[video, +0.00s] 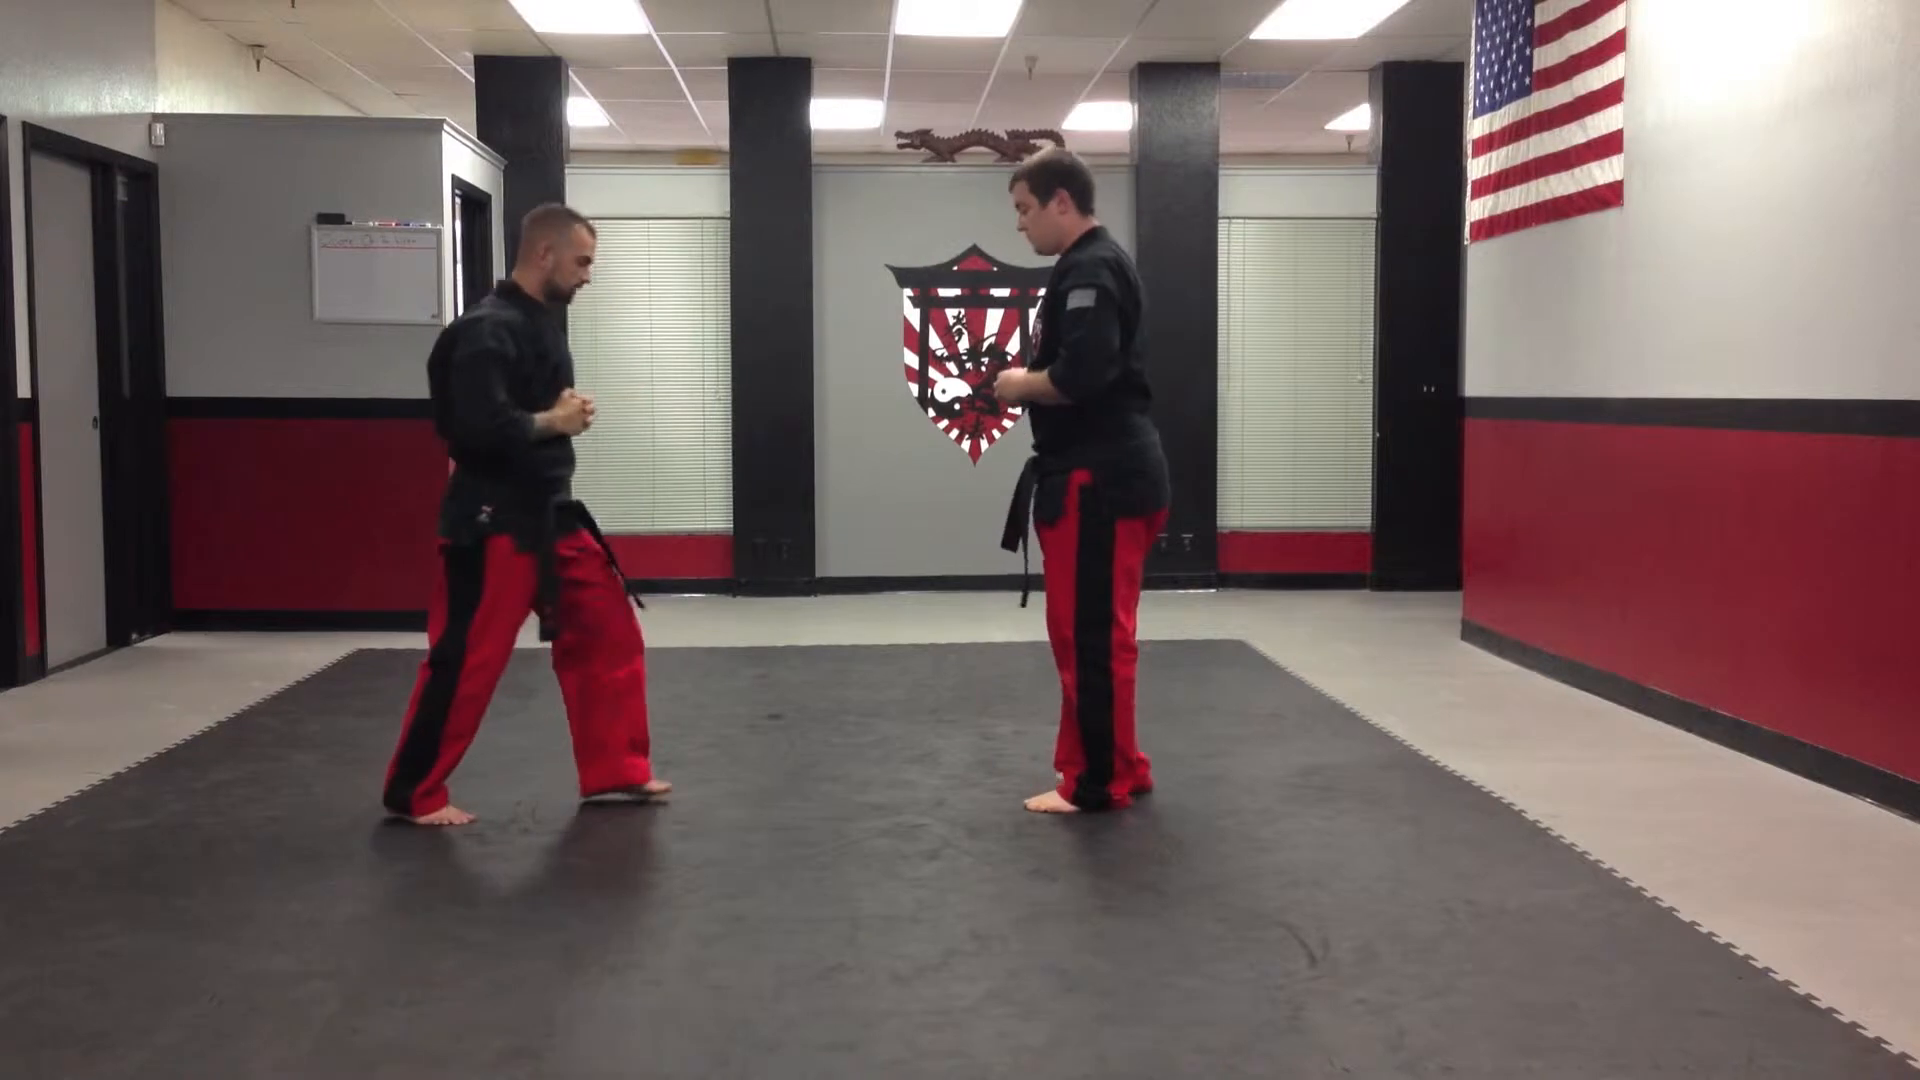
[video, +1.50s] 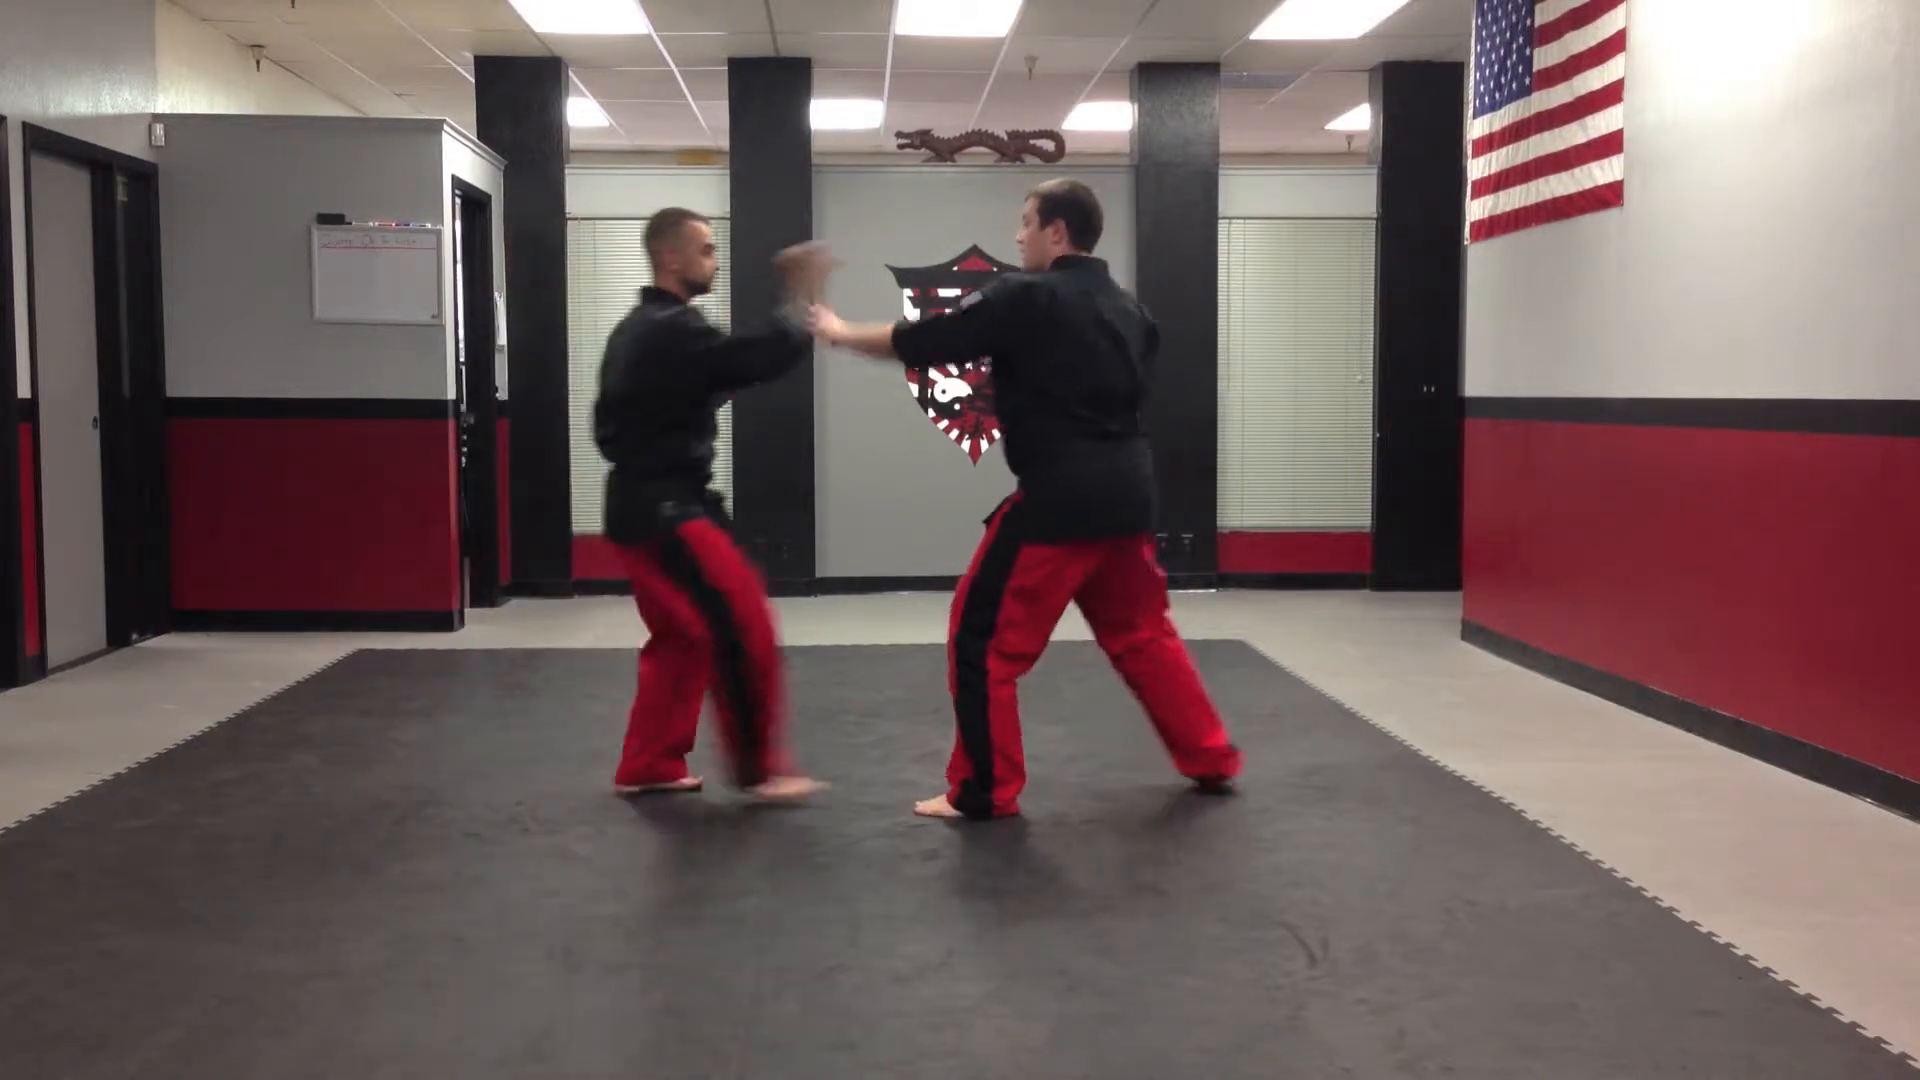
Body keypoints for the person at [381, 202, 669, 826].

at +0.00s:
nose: (587, 275)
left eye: (590, 263)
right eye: (582, 262)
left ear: (546, 258)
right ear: (542, 255)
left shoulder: (545, 326)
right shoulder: (485, 329)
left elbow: (529, 411)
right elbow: (475, 428)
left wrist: (557, 414)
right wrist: (551, 421)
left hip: (552, 511)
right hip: (493, 517)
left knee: (607, 635)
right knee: (468, 658)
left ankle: (614, 772)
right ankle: (415, 794)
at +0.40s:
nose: (579, 262)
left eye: (578, 251)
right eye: (569, 251)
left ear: (540, 258)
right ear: (530, 255)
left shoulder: (559, 329)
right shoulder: (491, 335)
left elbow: (611, 401)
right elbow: (526, 410)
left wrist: (627, 363)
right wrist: (594, 368)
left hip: (569, 518)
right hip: (506, 524)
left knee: (614, 647)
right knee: (476, 663)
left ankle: (637, 768)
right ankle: (413, 792)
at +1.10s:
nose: (616, 268)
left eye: (615, 257)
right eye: (606, 256)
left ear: (572, 265)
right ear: (565, 262)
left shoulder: (592, 335)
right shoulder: (529, 339)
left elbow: (672, 381)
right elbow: (585, 401)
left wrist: (716, 342)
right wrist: (613, 341)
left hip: (592, 520)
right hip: (527, 525)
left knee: (649, 641)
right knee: (487, 662)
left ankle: (645, 770)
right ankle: (415, 788)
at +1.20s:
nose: (633, 268)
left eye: (632, 257)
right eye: (623, 257)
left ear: (590, 265)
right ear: (583, 263)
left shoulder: (610, 335)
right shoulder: (549, 339)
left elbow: (686, 384)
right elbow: (609, 403)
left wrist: (730, 347)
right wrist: (636, 340)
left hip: (618, 519)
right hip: (558, 524)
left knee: (664, 640)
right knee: (525, 657)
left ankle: (647, 769)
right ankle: (436, 781)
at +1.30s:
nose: (656, 263)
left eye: (655, 252)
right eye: (646, 253)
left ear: (619, 259)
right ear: (609, 258)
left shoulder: (636, 331)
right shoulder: (582, 336)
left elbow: (692, 390)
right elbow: (643, 399)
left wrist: (736, 353)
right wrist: (667, 336)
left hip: (644, 511)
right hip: (592, 518)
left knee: (673, 641)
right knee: (615, 641)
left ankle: (646, 769)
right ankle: (506, 761)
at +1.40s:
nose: (684, 261)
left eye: (682, 250)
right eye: (673, 250)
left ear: (646, 260)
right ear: (635, 258)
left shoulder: (648, 326)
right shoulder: (625, 330)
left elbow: (694, 398)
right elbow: (690, 393)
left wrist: (733, 364)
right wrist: (721, 338)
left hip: (658, 501)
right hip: (625, 506)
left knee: (689, 628)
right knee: (687, 630)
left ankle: (658, 760)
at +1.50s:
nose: (715, 261)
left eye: (713, 249)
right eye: (704, 250)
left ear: (665, 260)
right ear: (667, 257)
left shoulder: (633, 330)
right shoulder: (675, 331)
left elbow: (611, 430)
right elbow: (751, 362)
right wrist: (798, 315)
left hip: (636, 511)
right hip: (672, 510)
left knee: (679, 636)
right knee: (743, 619)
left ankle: (649, 765)